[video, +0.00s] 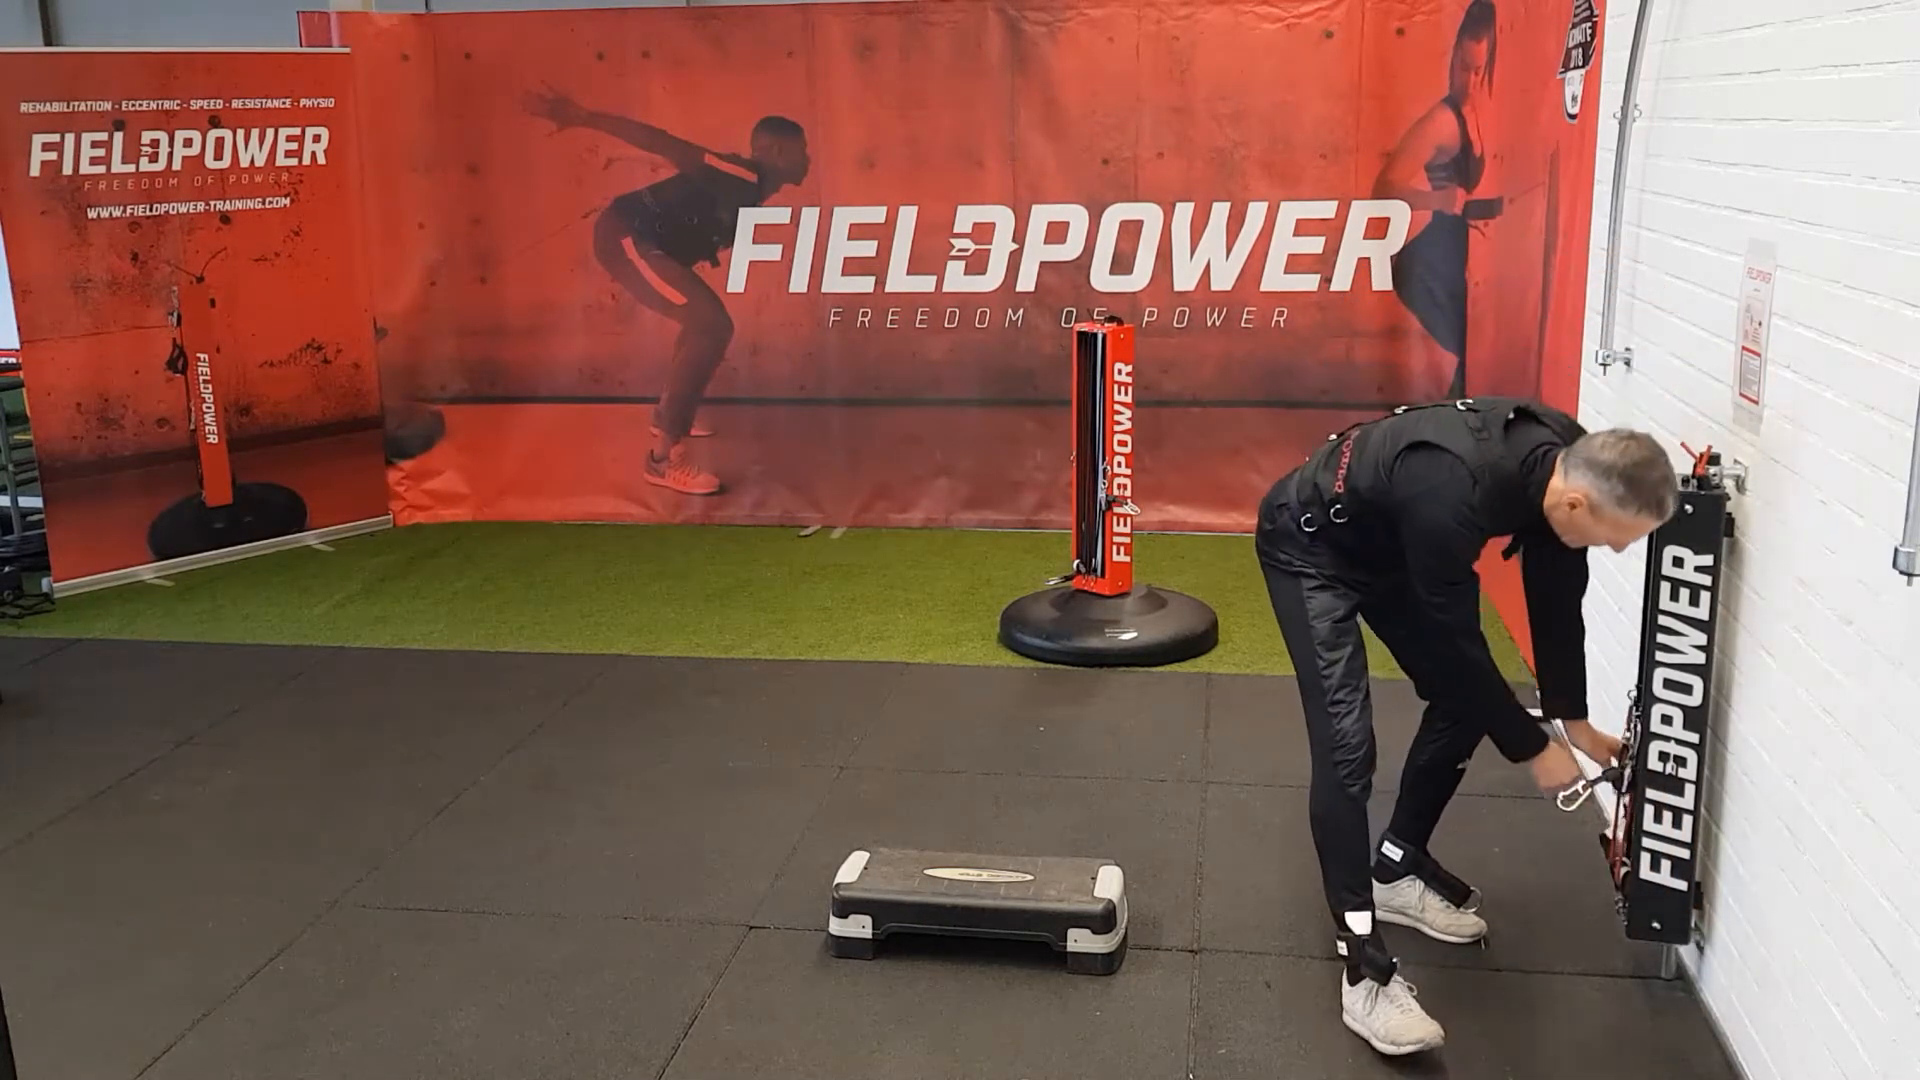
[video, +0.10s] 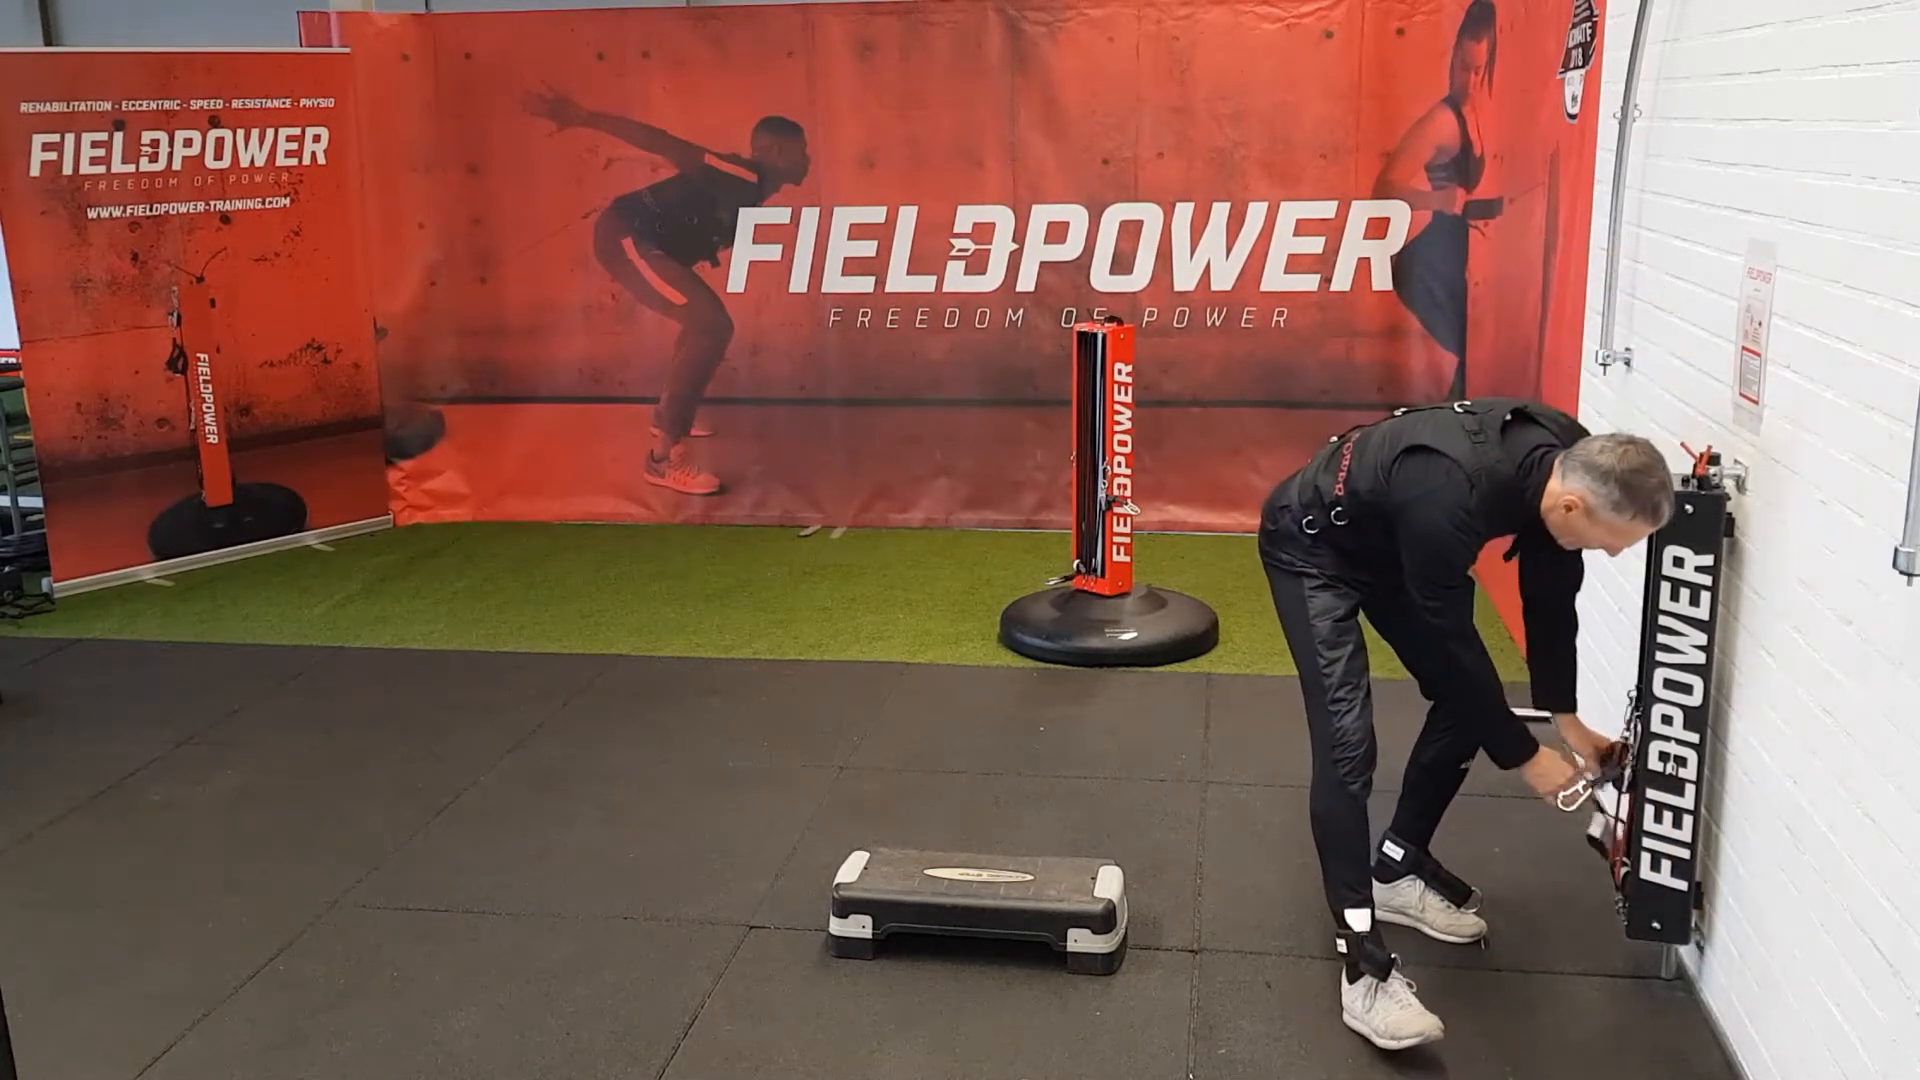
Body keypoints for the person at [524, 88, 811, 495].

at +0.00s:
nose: (807, 159)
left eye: (805, 150)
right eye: (800, 150)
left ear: (774, 151)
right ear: (772, 150)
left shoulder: (749, 188)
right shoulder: (735, 177)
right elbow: (662, 142)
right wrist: (584, 117)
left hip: (644, 236)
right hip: (626, 233)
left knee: (709, 321)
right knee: (713, 326)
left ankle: (670, 411)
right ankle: (665, 457)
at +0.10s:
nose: (807, 158)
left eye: (805, 150)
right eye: (800, 150)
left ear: (774, 151)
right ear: (771, 150)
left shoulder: (750, 189)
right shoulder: (736, 177)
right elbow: (663, 143)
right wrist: (585, 117)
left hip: (645, 236)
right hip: (626, 233)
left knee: (709, 321)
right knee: (713, 326)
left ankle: (671, 411)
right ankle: (665, 457)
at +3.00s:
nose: (807, 158)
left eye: (805, 149)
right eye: (800, 150)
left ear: (773, 151)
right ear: (771, 150)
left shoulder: (750, 188)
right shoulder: (736, 175)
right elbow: (660, 142)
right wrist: (584, 117)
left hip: (645, 237)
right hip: (626, 233)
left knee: (710, 322)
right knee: (712, 325)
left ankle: (670, 413)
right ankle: (665, 457)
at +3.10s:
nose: (807, 159)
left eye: (805, 150)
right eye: (800, 150)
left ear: (773, 151)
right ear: (771, 150)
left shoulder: (750, 188)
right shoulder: (736, 175)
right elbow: (660, 142)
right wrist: (584, 117)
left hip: (645, 237)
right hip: (626, 233)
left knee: (709, 322)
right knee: (713, 325)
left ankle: (670, 413)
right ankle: (665, 457)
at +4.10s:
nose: (807, 159)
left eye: (805, 150)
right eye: (800, 150)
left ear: (774, 151)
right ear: (772, 150)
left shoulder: (750, 188)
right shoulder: (735, 176)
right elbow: (659, 142)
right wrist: (584, 117)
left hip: (645, 237)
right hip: (626, 233)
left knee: (709, 322)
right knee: (713, 325)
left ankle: (670, 412)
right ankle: (665, 456)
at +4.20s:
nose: (807, 159)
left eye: (805, 150)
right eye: (800, 150)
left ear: (774, 151)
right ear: (772, 150)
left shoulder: (750, 188)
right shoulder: (735, 176)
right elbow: (659, 142)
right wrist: (584, 117)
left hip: (645, 237)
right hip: (626, 233)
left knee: (709, 322)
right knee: (713, 325)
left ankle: (670, 412)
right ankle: (665, 456)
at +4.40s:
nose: (807, 158)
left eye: (805, 149)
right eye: (800, 150)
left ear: (774, 152)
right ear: (770, 150)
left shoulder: (752, 188)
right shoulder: (734, 176)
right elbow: (658, 141)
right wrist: (584, 117)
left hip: (646, 237)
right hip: (626, 233)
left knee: (709, 322)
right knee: (713, 325)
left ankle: (670, 413)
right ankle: (665, 457)